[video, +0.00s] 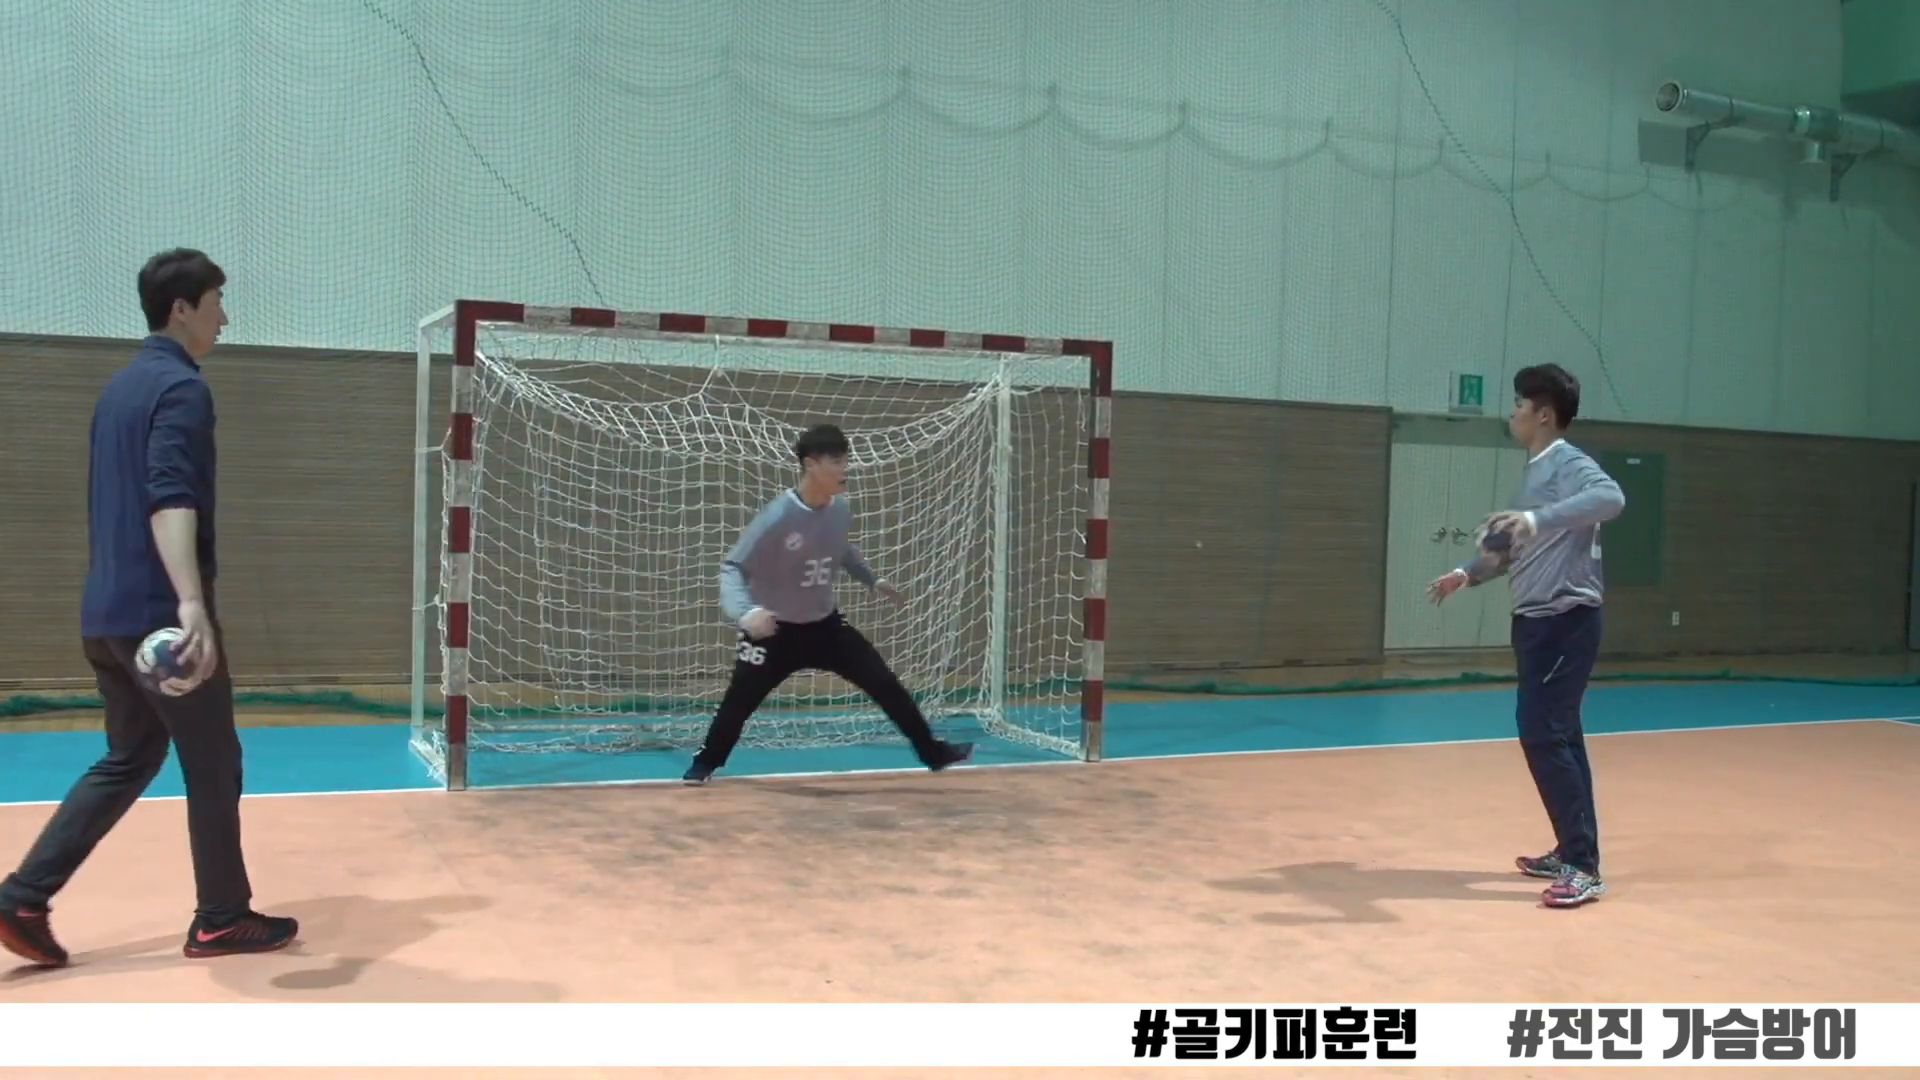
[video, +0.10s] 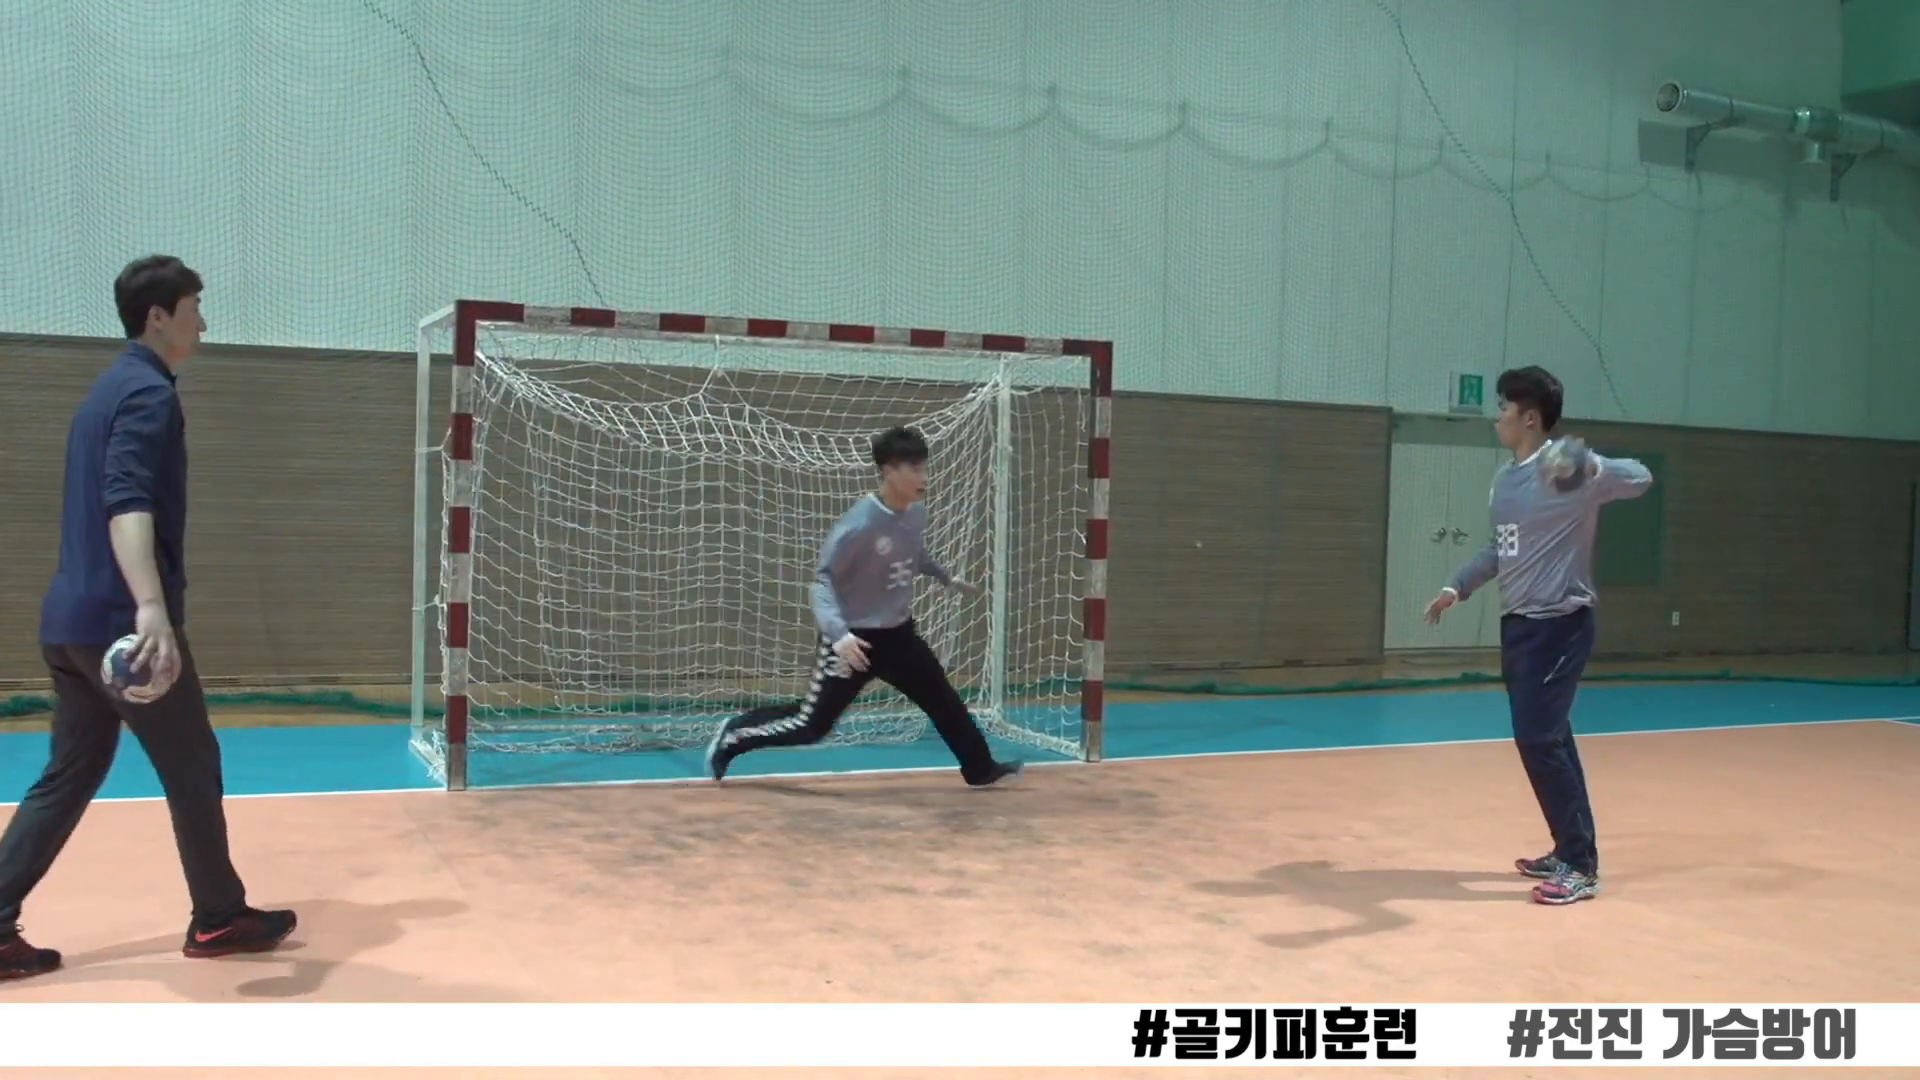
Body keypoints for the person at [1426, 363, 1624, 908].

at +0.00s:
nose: (1511, 414)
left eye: (1519, 404)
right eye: (1515, 404)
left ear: (1544, 413)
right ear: (1541, 413)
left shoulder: (1566, 459)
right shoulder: (1534, 474)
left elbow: (1610, 498)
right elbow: (1515, 542)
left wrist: (1538, 520)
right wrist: (1468, 572)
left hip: (1565, 619)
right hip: (1538, 620)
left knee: (1544, 733)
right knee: (1555, 734)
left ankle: (1584, 867)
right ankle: (1573, 852)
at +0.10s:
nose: (1498, 417)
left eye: (1506, 409)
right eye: (1500, 408)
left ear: (1532, 416)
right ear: (1526, 416)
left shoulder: (1573, 464)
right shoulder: (1507, 477)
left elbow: (1641, 479)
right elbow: (1503, 549)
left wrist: (1590, 469)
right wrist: (1459, 588)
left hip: (1560, 623)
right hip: (1521, 624)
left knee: (1543, 738)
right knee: (1537, 738)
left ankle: (1582, 867)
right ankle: (1567, 852)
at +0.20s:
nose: (1483, 419)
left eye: (1492, 411)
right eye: (1486, 410)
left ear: (1518, 419)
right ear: (1508, 418)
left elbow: (1638, 472)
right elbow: (1483, 550)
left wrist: (1616, 422)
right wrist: (1451, 600)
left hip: (1551, 625)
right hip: (1501, 626)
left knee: (1542, 743)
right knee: (1512, 740)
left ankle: (1580, 867)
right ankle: (1563, 844)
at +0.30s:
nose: (1464, 428)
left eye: (1472, 420)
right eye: (1466, 419)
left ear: (1499, 427)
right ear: (1494, 428)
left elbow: (1618, 470)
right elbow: (1468, 547)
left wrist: (1604, 409)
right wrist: (1451, 600)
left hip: (1543, 631)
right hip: (1488, 631)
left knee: (1543, 743)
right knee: (1457, 726)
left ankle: (1578, 867)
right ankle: (1526, 822)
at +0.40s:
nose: (1436, 433)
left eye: (1442, 425)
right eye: (1438, 424)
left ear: (1470, 432)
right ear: (1466, 431)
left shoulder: (1521, 482)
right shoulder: (1450, 481)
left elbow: (1575, 487)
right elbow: (1462, 552)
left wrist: (1571, 423)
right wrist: (1455, 609)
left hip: (1524, 636)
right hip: (1467, 634)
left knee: (1535, 750)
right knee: (1422, 717)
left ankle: (1576, 868)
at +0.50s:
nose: (1409, 434)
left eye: (1414, 426)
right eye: (1410, 425)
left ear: (1438, 433)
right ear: (1438, 431)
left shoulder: (1478, 484)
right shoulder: (1432, 486)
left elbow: (1509, 514)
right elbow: (1451, 554)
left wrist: (1503, 447)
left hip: (1494, 638)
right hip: (1441, 639)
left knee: (1520, 754)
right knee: (1397, 736)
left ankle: (1574, 867)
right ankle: (1367, 847)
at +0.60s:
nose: (1391, 424)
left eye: (1404, 415)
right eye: (1387, 415)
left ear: (1429, 424)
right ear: (1385, 423)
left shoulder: (1443, 477)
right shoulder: (1405, 475)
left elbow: (1428, 515)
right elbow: (1426, 549)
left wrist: (1397, 462)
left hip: (1467, 637)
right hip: (1418, 639)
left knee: (1494, 753)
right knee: (1379, 736)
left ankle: (1565, 858)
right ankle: (1371, 855)